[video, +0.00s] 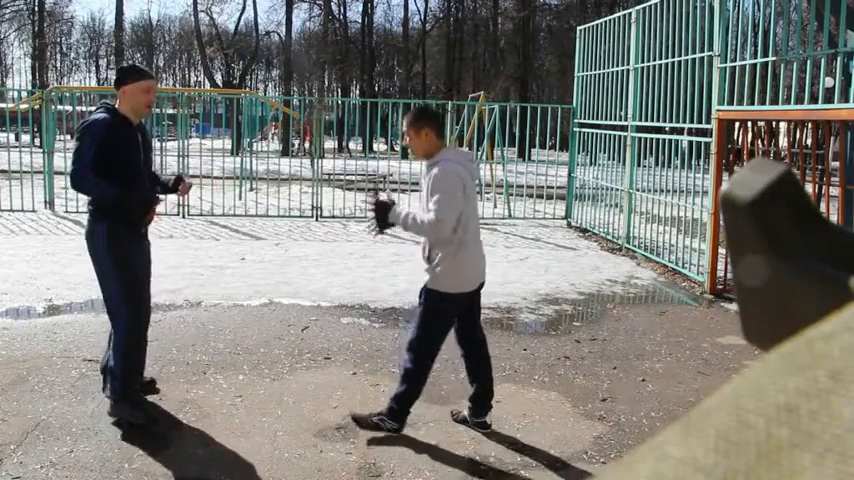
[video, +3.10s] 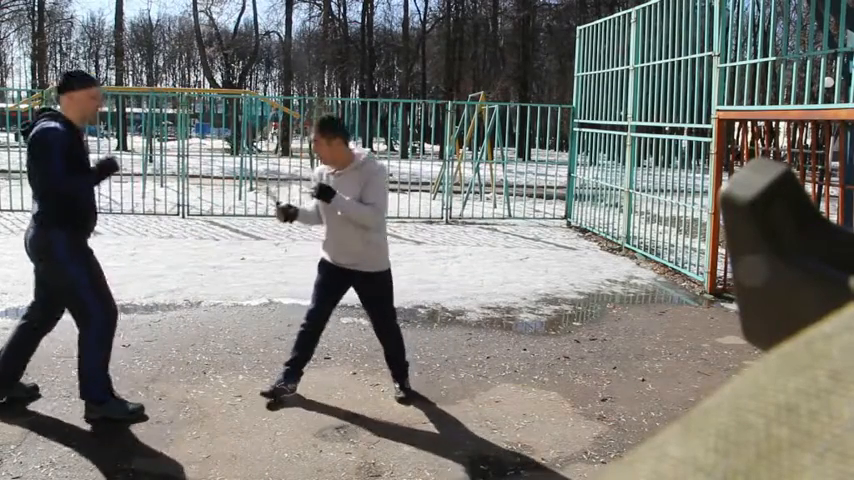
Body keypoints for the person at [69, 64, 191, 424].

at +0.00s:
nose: (152, 99)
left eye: (154, 92)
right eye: (146, 91)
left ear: (144, 95)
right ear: (124, 92)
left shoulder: (139, 132)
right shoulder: (100, 126)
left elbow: (141, 178)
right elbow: (80, 178)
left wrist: (171, 186)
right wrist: (131, 200)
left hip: (134, 232)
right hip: (108, 234)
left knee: (138, 310)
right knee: (128, 314)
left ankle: (124, 376)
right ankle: (123, 401)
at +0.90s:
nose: (154, 105)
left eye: (154, 97)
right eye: (149, 97)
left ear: (125, 96)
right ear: (124, 95)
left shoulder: (112, 129)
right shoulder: (106, 133)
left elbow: (114, 187)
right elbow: (109, 193)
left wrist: (153, 181)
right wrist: (159, 181)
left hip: (109, 244)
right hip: (118, 246)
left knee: (105, 317)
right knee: (150, 324)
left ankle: (71, 396)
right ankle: (144, 412)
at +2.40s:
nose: (145, 127)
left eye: (146, 120)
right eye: (142, 119)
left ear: (118, 118)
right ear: (120, 118)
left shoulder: (96, 145)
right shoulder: (111, 152)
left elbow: (137, 197)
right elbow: (143, 200)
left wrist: (179, 204)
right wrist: (188, 203)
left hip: (76, 252)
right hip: (94, 256)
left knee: (88, 319)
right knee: (145, 321)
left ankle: (37, 385)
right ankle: (173, 408)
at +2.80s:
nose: (133, 139)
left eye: (135, 133)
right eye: (130, 131)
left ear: (106, 127)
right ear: (107, 126)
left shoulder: (93, 155)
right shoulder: (88, 161)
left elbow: (118, 213)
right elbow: (119, 219)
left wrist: (155, 226)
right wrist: (164, 231)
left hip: (52, 254)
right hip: (62, 258)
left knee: (55, 321)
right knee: (115, 322)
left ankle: (5, 382)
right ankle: (134, 409)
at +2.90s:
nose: (121, 126)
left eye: (122, 119)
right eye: (116, 118)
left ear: (95, 118)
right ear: (92, 116)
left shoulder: (84, 148)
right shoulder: (67, 151)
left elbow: (92, 196)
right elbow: (77, 204)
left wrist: (130, 201)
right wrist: (132, 202)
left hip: (52, 249)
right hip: (58, 253)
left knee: (47, 321)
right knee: (104, 326)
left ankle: (5, 383)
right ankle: (133, 408)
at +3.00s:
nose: (105, 116)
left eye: (106, 109)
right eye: (100, 108)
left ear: (82, 108)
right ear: (77, 106)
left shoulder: (71, 137)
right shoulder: (57, 140)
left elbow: (73, 188)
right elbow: (66, 195)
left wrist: (105, 171)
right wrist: (107, 171)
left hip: (54, 246)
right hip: (58, 249)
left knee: (40, 319)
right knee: (102, 316)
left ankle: (6, 383)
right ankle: (116, 404)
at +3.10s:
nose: (98, 106)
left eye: (98, 99)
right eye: (92, 98)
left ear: (74, 101)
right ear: (68, 99)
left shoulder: (65, 132)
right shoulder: (51, 134)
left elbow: (65, 186)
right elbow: (59, 188)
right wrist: (100, 172)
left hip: (56, 240)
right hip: (59, 243)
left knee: (42, 314)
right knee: (100, 314)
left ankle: (5, 382)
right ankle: (99, 401)